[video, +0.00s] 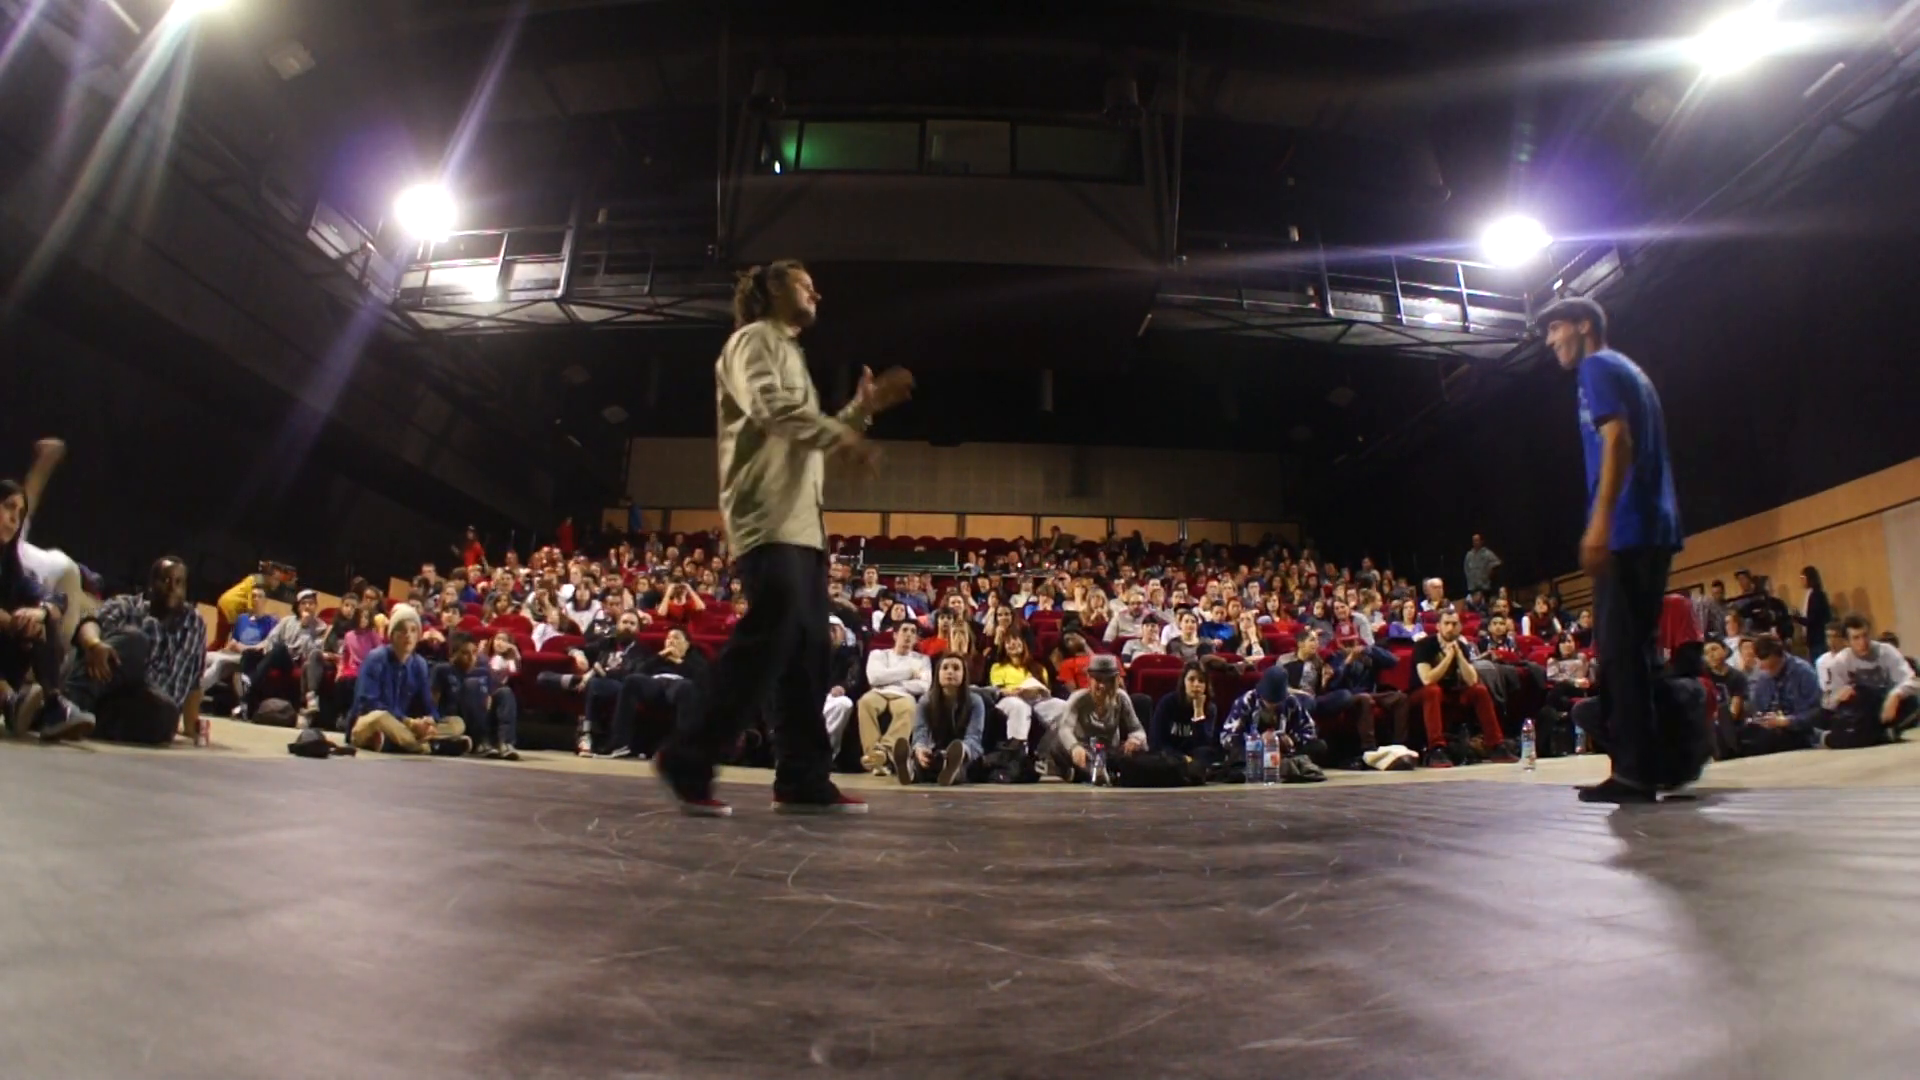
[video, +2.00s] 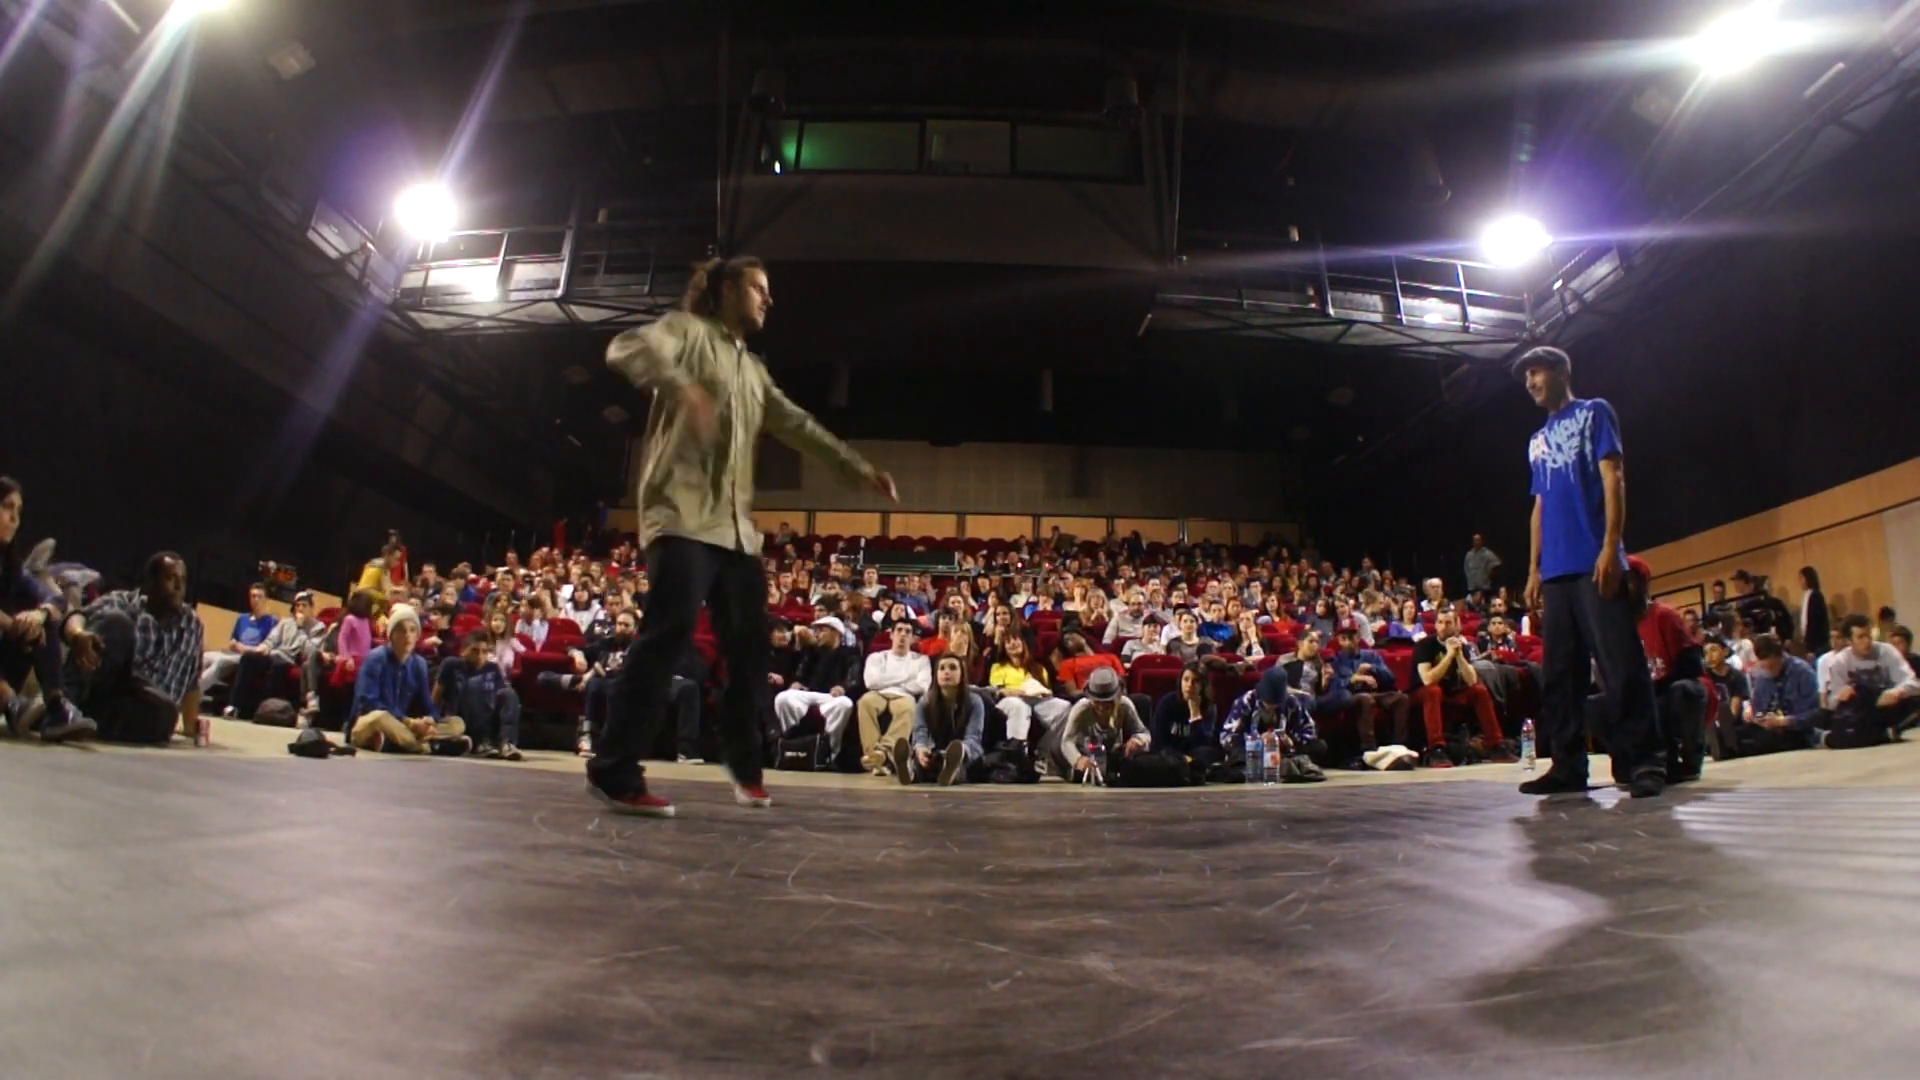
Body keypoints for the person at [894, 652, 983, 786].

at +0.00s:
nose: (950, 672)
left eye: (956, 668)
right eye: (945, 668)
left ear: (964, 674)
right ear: (937, 673)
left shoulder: (975, 701)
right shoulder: (925, 701)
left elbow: (974, 738)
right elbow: (920, 731)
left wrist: (960, 751)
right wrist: (919, 748)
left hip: (962, 751)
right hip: (933, 749)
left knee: (956, 763)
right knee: (919, 761)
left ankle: (949, 773)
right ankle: (910, 769)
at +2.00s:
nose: (947, 672)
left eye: (953, 668)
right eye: (942, 668)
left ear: (962, 673)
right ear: (935, 673)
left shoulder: (974, 701)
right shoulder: (925, 701)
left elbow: (974, 737)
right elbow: (920, 730)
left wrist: (961, 750)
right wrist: (920, 748)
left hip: (962, 752)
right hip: (933, 750)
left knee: (955, 763)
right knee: (918, 762)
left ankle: (949, 774)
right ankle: (909, 769)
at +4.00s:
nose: (947, 673)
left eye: (952, 668)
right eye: (942, 669)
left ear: (961, 674)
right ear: (935, 674)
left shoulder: (974, 701)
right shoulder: (925, 701)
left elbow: (974, 738)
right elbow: (920, 731)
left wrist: (961, 751)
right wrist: (920, 748)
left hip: (962, 750)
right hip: (933, 750)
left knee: (955, 762)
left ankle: (949, 773)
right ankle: (910, 768)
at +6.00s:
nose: (947, 674)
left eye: (952, 669)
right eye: (942, 670)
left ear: (961, 674)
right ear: (936, 674)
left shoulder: (974, 701)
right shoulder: (925, 701)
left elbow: (974, 738)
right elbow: (920, 730)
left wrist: (962, 751)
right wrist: (920, 747)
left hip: (962, 751)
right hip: (934, 750)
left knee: (955, 762)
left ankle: (949, 773)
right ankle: (911, 768)